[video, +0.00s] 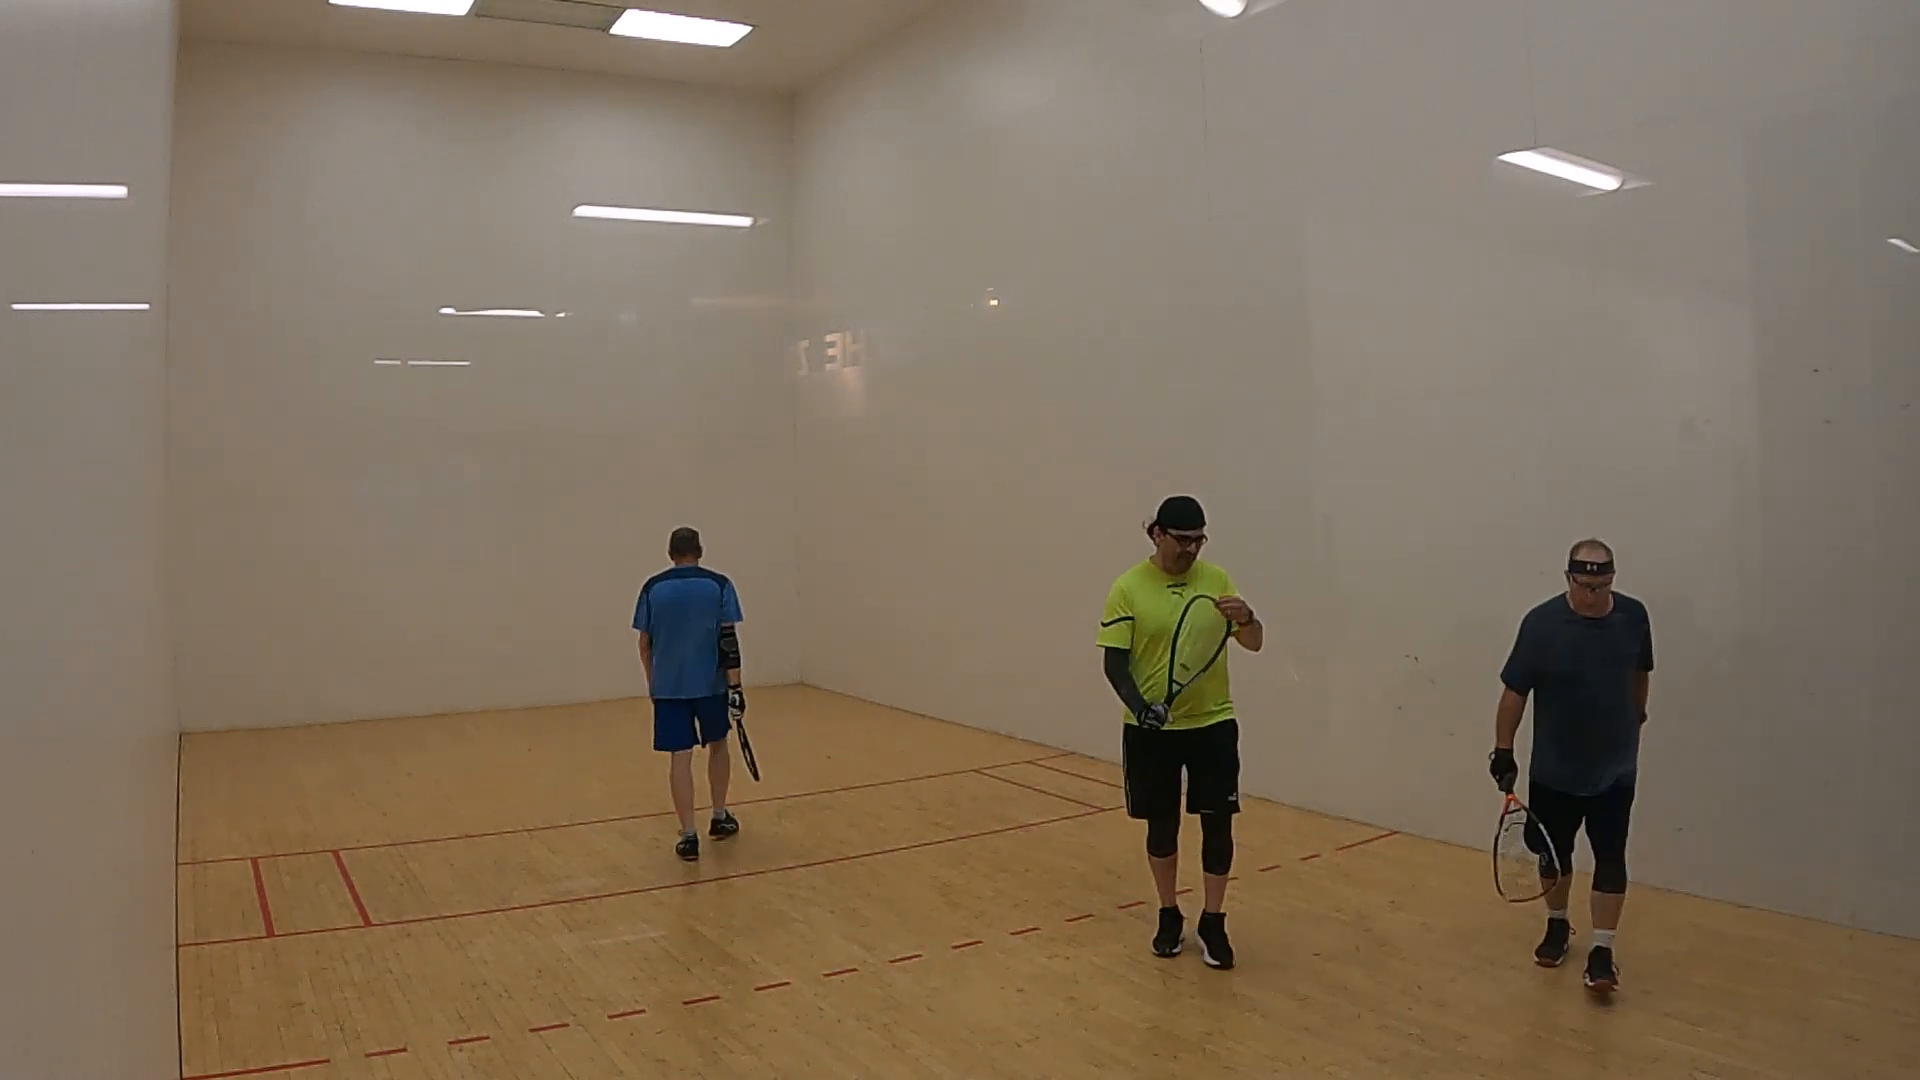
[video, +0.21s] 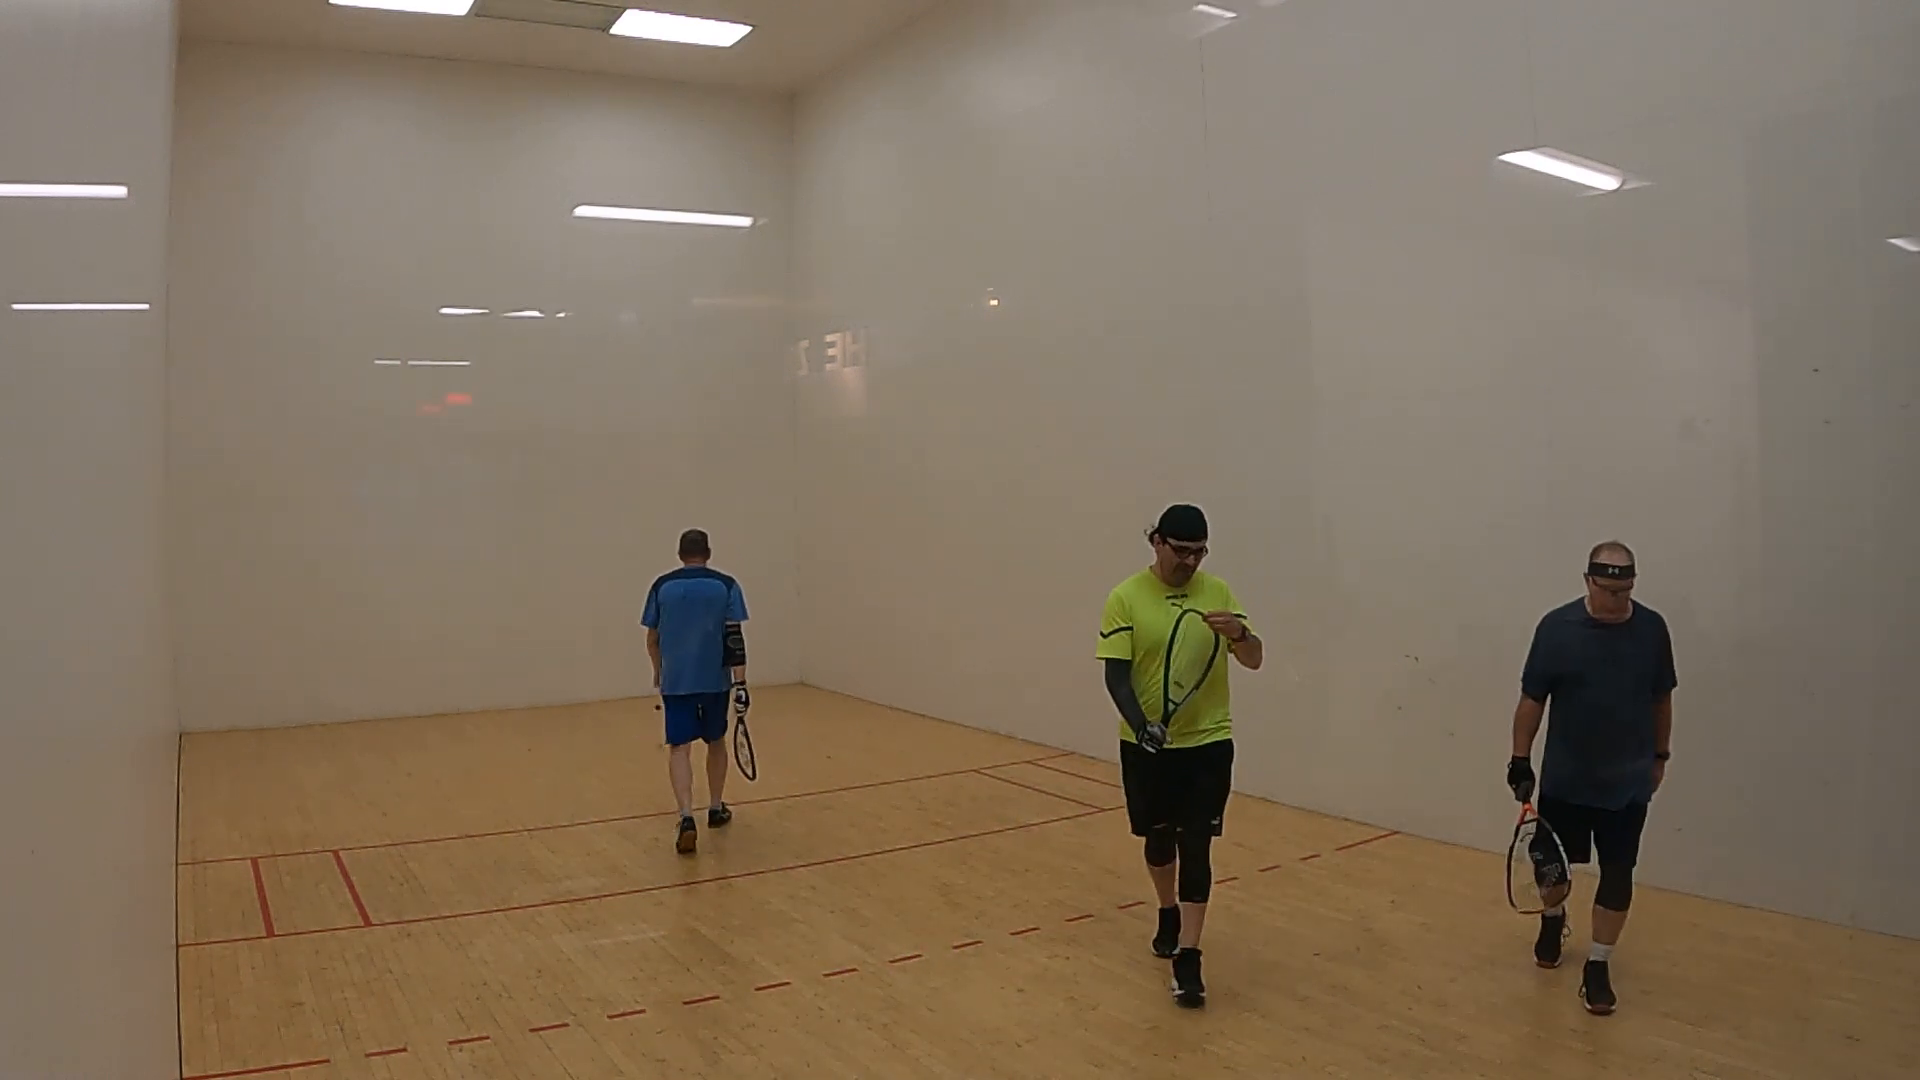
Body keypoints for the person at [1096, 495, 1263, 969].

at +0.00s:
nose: (1190, 548)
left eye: (1198, 540)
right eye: (1181, 539)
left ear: (1203, 539)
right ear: (1156, 535)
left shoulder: (1215, 581)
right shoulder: (1128, 590)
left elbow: (1253, 643)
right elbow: (1114, 663)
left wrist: (1245, 618)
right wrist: (1140, 706)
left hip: (1213, 724)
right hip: (1153, 729)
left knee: (1218, 824)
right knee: (1162, 826)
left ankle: (1213, 920)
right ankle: (1169, 915)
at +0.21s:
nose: (1190, 560)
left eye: (1199, 552)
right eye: (1182, 550)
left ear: (1205, 550)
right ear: (1157, 543)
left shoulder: (1216, 593)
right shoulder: (1126, 599)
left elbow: (1253, 659)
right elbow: (1115, 674)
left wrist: (1239, 634)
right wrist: (1138, 721)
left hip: (1206, 741)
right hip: (1147, 744)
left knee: (1195, 846)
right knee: (1159, 842)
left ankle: (1189, 957)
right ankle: (1169, 915)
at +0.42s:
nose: (1188, 560)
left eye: (1198, 552)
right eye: (1179, 550)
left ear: (1207, 551)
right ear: (1156, 542)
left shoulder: (1218, 595)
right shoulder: (1124, 597)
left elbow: (1253, 669)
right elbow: (1113, 677)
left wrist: (1234, 642)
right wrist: (1135, 728)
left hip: (1202, 751)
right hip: (1138, 750)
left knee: (1196, 861)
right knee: (1127, 859)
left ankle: (1189, 963)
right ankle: (1158, 907)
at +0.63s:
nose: (1193, 553)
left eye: (1196, 544)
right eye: (1183, 544)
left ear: (1196, 545)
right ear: (1150, 545)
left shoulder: (1208, 595)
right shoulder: (1110, 601)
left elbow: (1238, 674)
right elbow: (1103, 686)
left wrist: (1232, 643)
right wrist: (1145, 734)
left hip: (1197, 759)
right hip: (1128, 757)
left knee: (1191, 867)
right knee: (1115, 872)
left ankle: (1189, 964)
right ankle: (1105, 988)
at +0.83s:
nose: (1172, 560)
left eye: (1175, 550)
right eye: (1163, 551)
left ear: (1166, 552)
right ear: (1128, 553)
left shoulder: (1184, 604)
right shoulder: (1084, 612)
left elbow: (1207, 685)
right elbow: (1085, 704)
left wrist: (1213, 653)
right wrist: (1146, 750)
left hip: (1180, 773)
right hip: (1109, 775)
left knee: (1187, 880)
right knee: (1100, 895)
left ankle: (1186, 960)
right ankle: (1092, 1007)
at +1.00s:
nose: (1160, 558)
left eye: (1162, 547)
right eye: (1150, 548)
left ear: (1139, 551)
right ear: (1115, 549)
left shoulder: (1169, 604)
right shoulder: (1068, 610)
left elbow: (1186, 687)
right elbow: (1070, 706)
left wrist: (1200, 656)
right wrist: (1136, 753)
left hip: (1168, 776)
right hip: (1093, 781)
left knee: (1187, 886)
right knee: (1091, 902)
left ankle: (1166, 967)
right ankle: (1091, 1008)